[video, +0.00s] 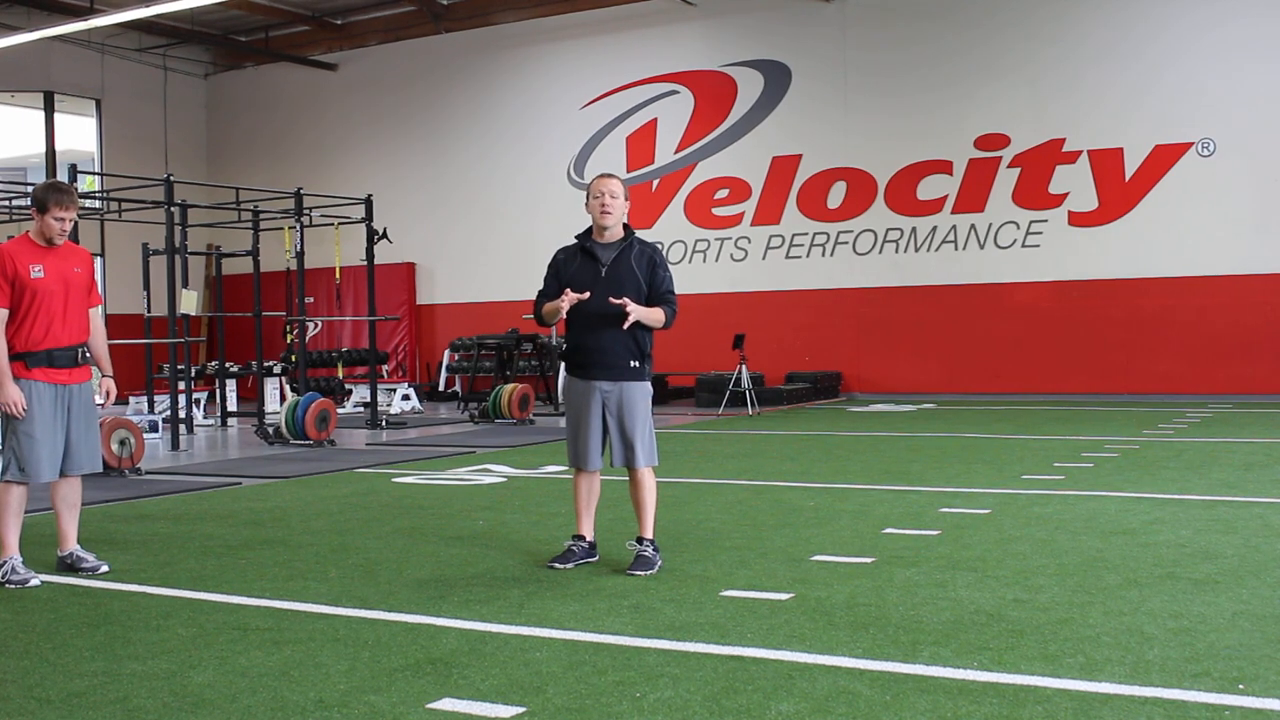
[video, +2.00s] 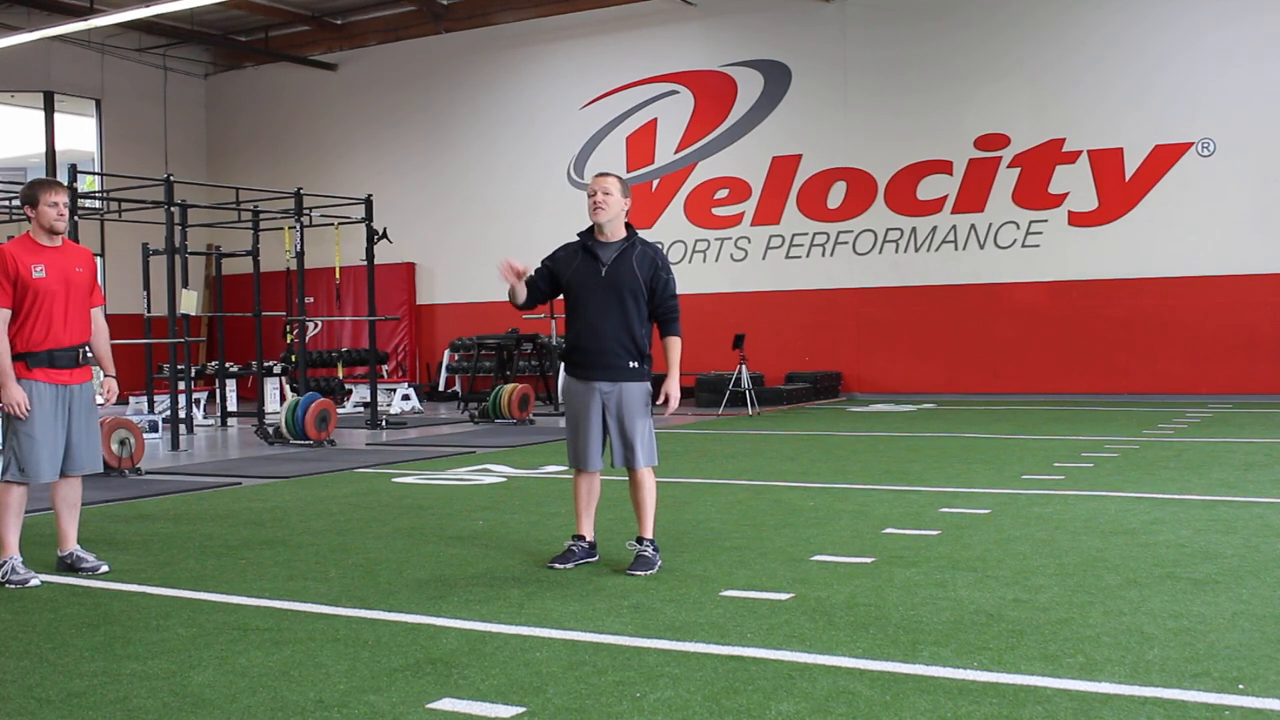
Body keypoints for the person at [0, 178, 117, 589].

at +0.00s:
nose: (66, 227)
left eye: (71, 220)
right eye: (59, 220)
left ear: (75, 216)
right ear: (37, 215)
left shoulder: (82, 258)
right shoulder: (10, 255)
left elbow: (93, 320)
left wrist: (107, 371)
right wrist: (5, 382)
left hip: (76, 377)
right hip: (28, 379)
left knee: (71, 466)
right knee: (18, 472)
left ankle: (69, 550)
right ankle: (9, 559)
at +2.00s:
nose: (62, 212)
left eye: (66, 205)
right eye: (53, 205)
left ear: (69, 211)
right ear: (30, 211)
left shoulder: (84, 257)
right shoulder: (11, 255)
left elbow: (96, 320)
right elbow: (0, 326)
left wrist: (109, 371)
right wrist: (7, 382)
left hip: (77, 377)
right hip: (30, 378)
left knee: (72, 467)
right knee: (18, 473)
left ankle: (69, 551)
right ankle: (10, 559)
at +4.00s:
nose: (66, 213)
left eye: (68, 206)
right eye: (57, 206)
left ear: (69, 211)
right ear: (33, 211)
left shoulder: (84, 257)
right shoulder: (11, 255)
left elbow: (96, 319)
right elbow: (0, 326)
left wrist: (110, 371)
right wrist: (6, 381)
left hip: (77, 376)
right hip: (29, 378)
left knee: (72, 466)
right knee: (18, 473)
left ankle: (69, 551)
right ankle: (10, 560)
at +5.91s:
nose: (66, 213)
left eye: (69, 207)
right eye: (58, 207)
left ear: (70, 211)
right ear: (34, 211)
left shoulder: (85, 257)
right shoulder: (12, 254)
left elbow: (97, 319)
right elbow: (1, 325)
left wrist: (111, 370)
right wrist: (7, 381)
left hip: (77, 377)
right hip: (30, 378)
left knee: (72, 466)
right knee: (19, 473)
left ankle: (69, 551)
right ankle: (10, 559)